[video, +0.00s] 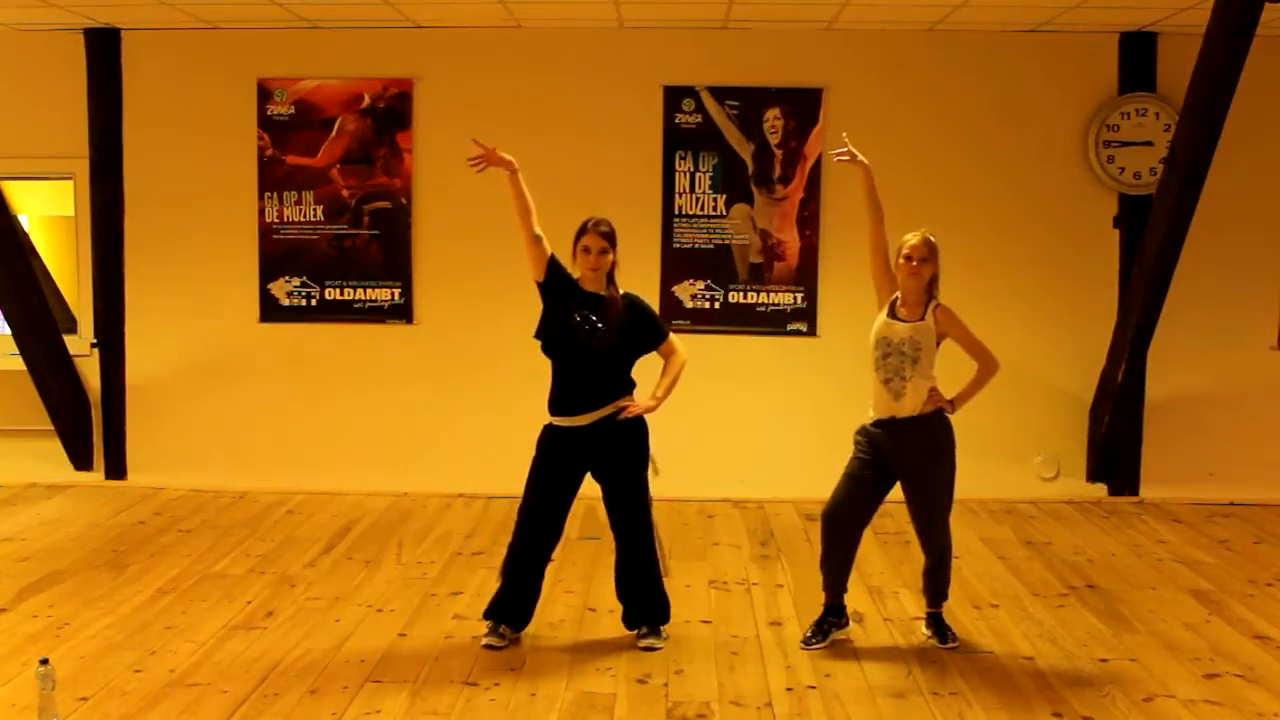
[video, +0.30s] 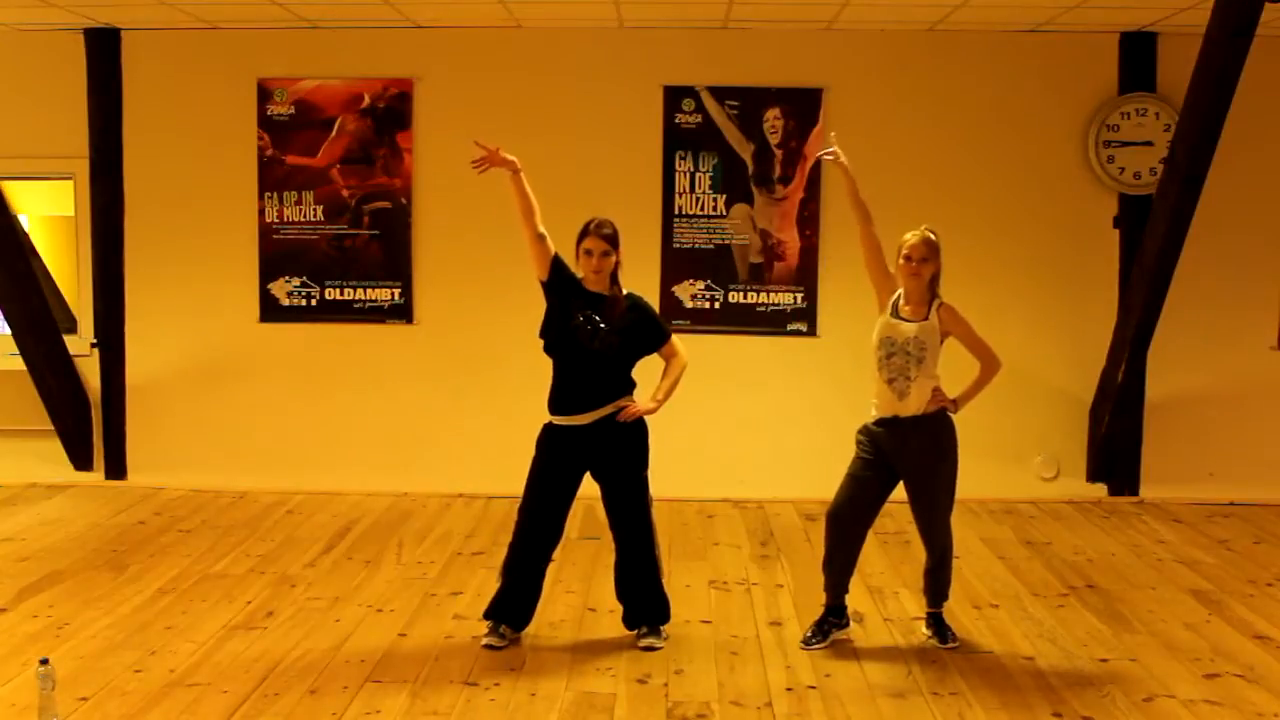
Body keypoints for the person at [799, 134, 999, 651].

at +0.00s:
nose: (911, 264)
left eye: (920, 259)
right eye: (905, 258)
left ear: (934, 268)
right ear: (895, 263)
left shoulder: (939, 315)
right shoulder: (888, 302)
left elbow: (988, 364)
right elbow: (875, 230)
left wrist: (952, 403)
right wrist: (867, 172)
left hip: (926, 436)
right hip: (878, 437)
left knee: (935, 533)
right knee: (837, 518)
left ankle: (935, 616)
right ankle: (833, 612)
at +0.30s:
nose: (911, 264)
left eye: (921, 259)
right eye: (906, 257)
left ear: (936, 265)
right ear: (896, 261)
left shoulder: (943, 314)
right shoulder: (889, 298)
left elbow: (991, 363)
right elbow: (864, 225)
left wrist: (957, 401)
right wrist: (843, 167)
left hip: (930, 436)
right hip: (881, 436)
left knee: (936, 532)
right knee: (841, 519)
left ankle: (935, 616)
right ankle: (834, 612)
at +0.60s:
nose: (908, 267)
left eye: (918, 261)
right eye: (904, 260)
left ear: (935, 266)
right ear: (897, 262)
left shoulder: (944, 315)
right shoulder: (888, 298)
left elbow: (993, 362)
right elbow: (854, 230)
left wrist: (960, 401)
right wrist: (823, 180)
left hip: (932, 435)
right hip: (883, 435)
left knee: (938, 531)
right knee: (842, 518)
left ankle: (936, 615)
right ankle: (834, 612)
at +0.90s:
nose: (906, 268)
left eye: (915, 261)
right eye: (902, 261)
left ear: (933, 265)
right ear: (895, 262)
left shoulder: (944, 315)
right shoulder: (888, 298)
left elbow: (993, 361)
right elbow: (855, 227)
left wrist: (961, 401)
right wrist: (824, 172)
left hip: (932, 435)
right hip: (883, 435)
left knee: (939, 531)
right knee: (843, 518)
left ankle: (936, 615)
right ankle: (834, 612)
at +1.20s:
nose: (906, 268)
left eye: (915, 262)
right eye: (901, 261)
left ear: (933, 265)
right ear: (895, 262)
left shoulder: (944, 315)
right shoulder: (888, 298)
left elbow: (993, 361)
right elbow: (855, 227)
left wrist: (961, 401)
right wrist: (826, 171)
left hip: (933, 435)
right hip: (883, 435)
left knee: (939, 531)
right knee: (844, 518)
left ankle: (936, 615)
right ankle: (834, 612)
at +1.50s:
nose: (905, 268)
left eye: (914, 262)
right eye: (901, 261)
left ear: (932, 265)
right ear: (894, 263)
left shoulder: (943, 314)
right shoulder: (888, 299)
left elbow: (993, 361)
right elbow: (855, 227)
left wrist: (962, 401)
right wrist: (826, 171)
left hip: (933, 435)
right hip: (883, 435)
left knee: (939, 531)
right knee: (845, 519)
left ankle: (936, 615)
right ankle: (834, 612)